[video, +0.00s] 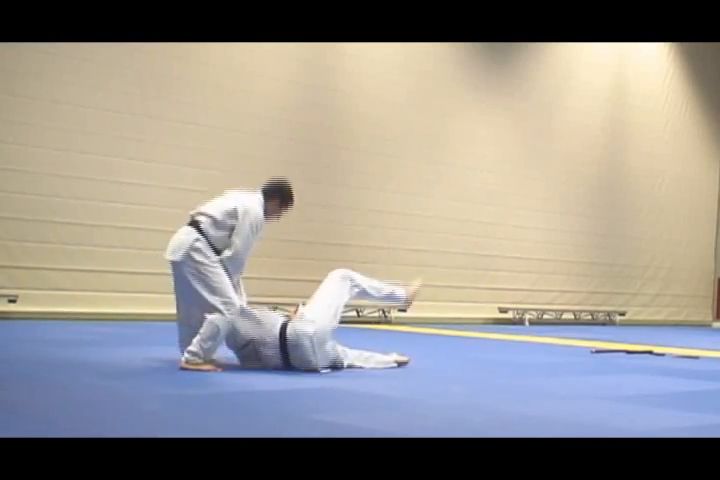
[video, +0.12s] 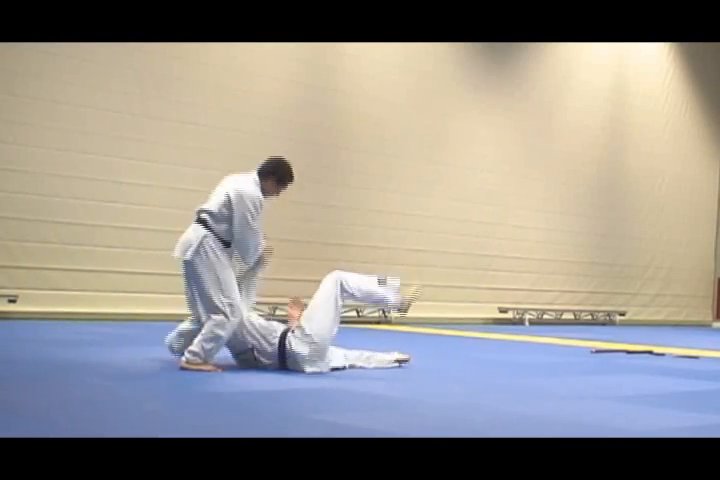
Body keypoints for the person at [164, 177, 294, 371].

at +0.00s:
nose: (280, 215)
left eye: (283, 210)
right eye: (282, 209)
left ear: (267, 193)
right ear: (275, 201)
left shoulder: (246, 200)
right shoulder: (254, 210)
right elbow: (235, 255)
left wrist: (239, 297)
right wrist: (230, 286)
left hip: (182, 243)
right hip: (195, 247)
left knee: (192, 306)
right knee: (229, 306)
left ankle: (192, 354)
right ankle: (195, 357)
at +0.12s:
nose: (278, 192)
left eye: (282, 188)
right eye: (279, 186)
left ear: (266, 174)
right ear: (270, 177)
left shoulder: (241, 182)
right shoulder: (249, 193)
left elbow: (243, 230)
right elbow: (246, 239)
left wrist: (255, 250)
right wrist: (256, 256)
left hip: (195, 240)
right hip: (206, 245)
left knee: (207, 308)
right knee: (229, 312)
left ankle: (178, 343)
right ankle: (195, 358)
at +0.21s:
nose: (282, 190)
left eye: (285, 187)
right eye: (282, 185)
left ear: (272, 174)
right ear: (273, 175)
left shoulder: (254, 185)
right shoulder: (247, 183)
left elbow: (242, 236)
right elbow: (256, 225)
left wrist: (264, 260)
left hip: (215, 240)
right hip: (203, 236)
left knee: (229, 300)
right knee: (222, 301)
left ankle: (203, 354)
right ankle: (194, 356)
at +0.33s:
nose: (295, 207)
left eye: (299, 204)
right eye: (295, 201)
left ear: (284, 193)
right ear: (286, 192)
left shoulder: (270, 214)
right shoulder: (261, 187)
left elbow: (274, 248)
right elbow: (287, 210)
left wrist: (285, 277)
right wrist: (309, 235)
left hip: (226, 246)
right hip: (199, 232)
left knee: (238, 297)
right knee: (195, 293)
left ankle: (246, 354)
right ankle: (157, 347)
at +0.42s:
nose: (299, 229)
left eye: (302, 226)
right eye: (299, 223)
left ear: (293, 213)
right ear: (292, 210)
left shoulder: (273, 236)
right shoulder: (268, 203)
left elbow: (274, 273)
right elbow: (293, 227)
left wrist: (287, 298)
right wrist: (311, 250)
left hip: (227, 265)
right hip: (199, 247)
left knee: (254, 302)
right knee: (161, 297)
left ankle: (252, 358)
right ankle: (118, 347)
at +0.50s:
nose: (296, 255)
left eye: (299, 253)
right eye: (299, 251)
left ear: (296, 238)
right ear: (299, 238)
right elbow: (291, 257)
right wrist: (293, 287)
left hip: (221, 273)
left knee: (248, 303)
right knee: (149, 307)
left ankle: (250, 359)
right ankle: (104, 338)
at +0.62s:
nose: (282, 276)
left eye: (286, 273)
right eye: (282, 272)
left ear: (281, 262)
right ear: (275, 263)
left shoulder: (271, 261)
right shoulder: (248, 264)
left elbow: (279, 290)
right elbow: (235, 305)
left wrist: (280, 304)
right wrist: (266, 309)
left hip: (214, 281)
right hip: (183, 264)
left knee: (246, 308)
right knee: (146, 311)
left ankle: (249, 358)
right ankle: (106, 337)